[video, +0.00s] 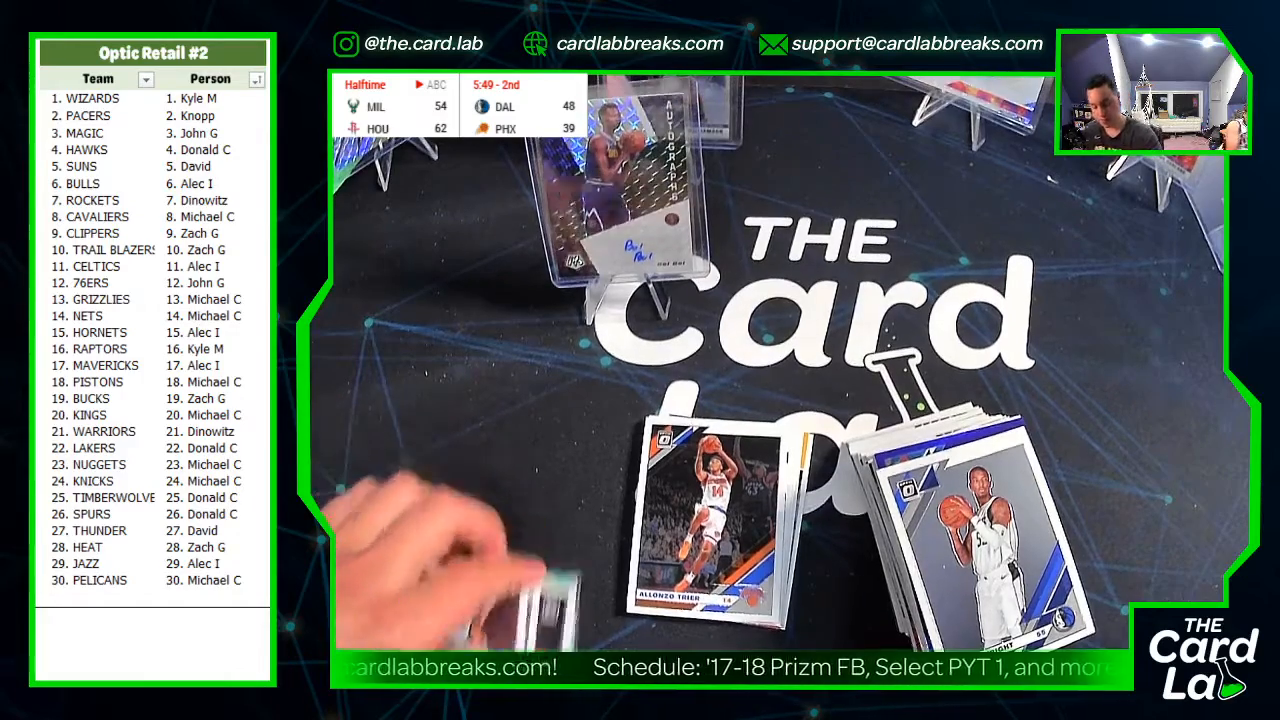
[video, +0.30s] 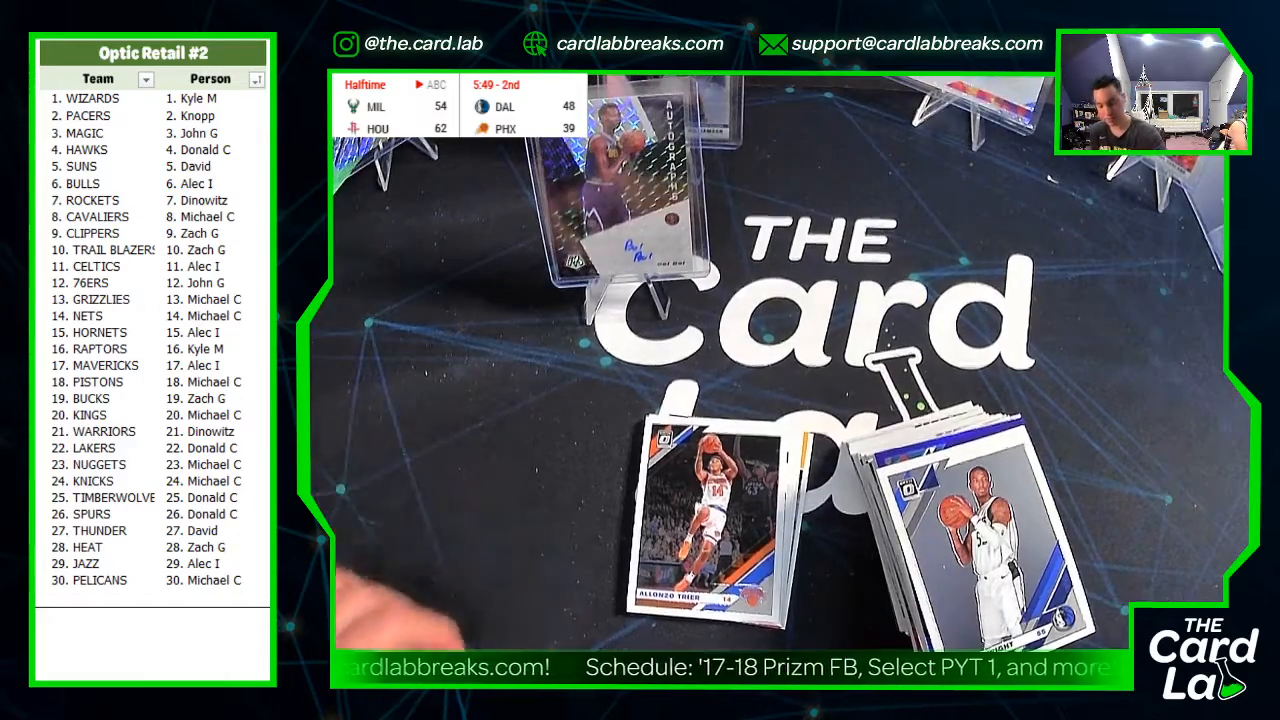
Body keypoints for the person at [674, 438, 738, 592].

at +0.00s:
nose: (714, 464)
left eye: (717, 462)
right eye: (712, 461)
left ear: (721, 466)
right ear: (709, 465)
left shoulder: (727, 476)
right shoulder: (705, 477)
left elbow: (734, 469)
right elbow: (698, 471)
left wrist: (721, 452)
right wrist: (700, 451)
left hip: (720, 512)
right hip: (706, 507)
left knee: (707, 550)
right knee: (704, 512)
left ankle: (689, 578)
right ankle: (688, 540)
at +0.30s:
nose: (714, 463)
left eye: (717, 461)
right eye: (712, 461)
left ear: (721, 465)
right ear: (709, 465)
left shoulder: (727, 476)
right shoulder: (705, 477)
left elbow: (734, 469)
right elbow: (698, 471)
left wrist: (721, 452)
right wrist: (700, 451)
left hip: (720, 512)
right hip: (705, 506)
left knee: (707, 550)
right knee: (704, 511)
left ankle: (688, 578)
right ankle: (688, 540)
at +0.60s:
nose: (715, 464)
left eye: (717, 462)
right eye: (712, 462)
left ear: (721, 466)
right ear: (709, 465)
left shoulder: (727, 476)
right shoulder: (705, 477)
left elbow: (734, 469)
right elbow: (698, 470)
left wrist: (721, 452)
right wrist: (700, 450)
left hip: (720, 513)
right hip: (705, 507)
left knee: (707, 550)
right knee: (705, 512)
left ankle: (688, 579)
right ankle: (688, 540)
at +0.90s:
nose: (714, 464)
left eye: (717, 462)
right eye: (712, 462)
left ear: (722, 466)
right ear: (709, 466)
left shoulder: (727, 477)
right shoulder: (705, 477)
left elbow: (734, 469)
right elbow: (698, 470)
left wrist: (722, 452)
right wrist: (700, 450)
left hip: (720, 513)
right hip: (705, 507)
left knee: (707, 550)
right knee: (705, 512)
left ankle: (688, 580)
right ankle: (688, 540)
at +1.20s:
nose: (714, 464)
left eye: (717, 462)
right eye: (712, 461)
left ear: (721, 466)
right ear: (709, 465)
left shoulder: (727, 476)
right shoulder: (705, 477)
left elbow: (734, 469)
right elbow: (698, 471)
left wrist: (721, 452)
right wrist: (700, 450)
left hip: (720, 513)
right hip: (705, 507)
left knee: (707, 550)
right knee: (705, 512)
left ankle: (688, 580)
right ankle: (688, 540)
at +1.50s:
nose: (714, 464)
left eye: (717, 462)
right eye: (712, 461)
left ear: (721, 466)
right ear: (709, 465)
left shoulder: (727, 476)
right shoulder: (705, 477)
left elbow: (734, 469)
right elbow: (698, 471)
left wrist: (721, 452)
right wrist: (700, 450)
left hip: (720, 513)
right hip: (705, 507)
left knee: (707, 550)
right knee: (705, 512)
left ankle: (688, 580)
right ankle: (688, 540)